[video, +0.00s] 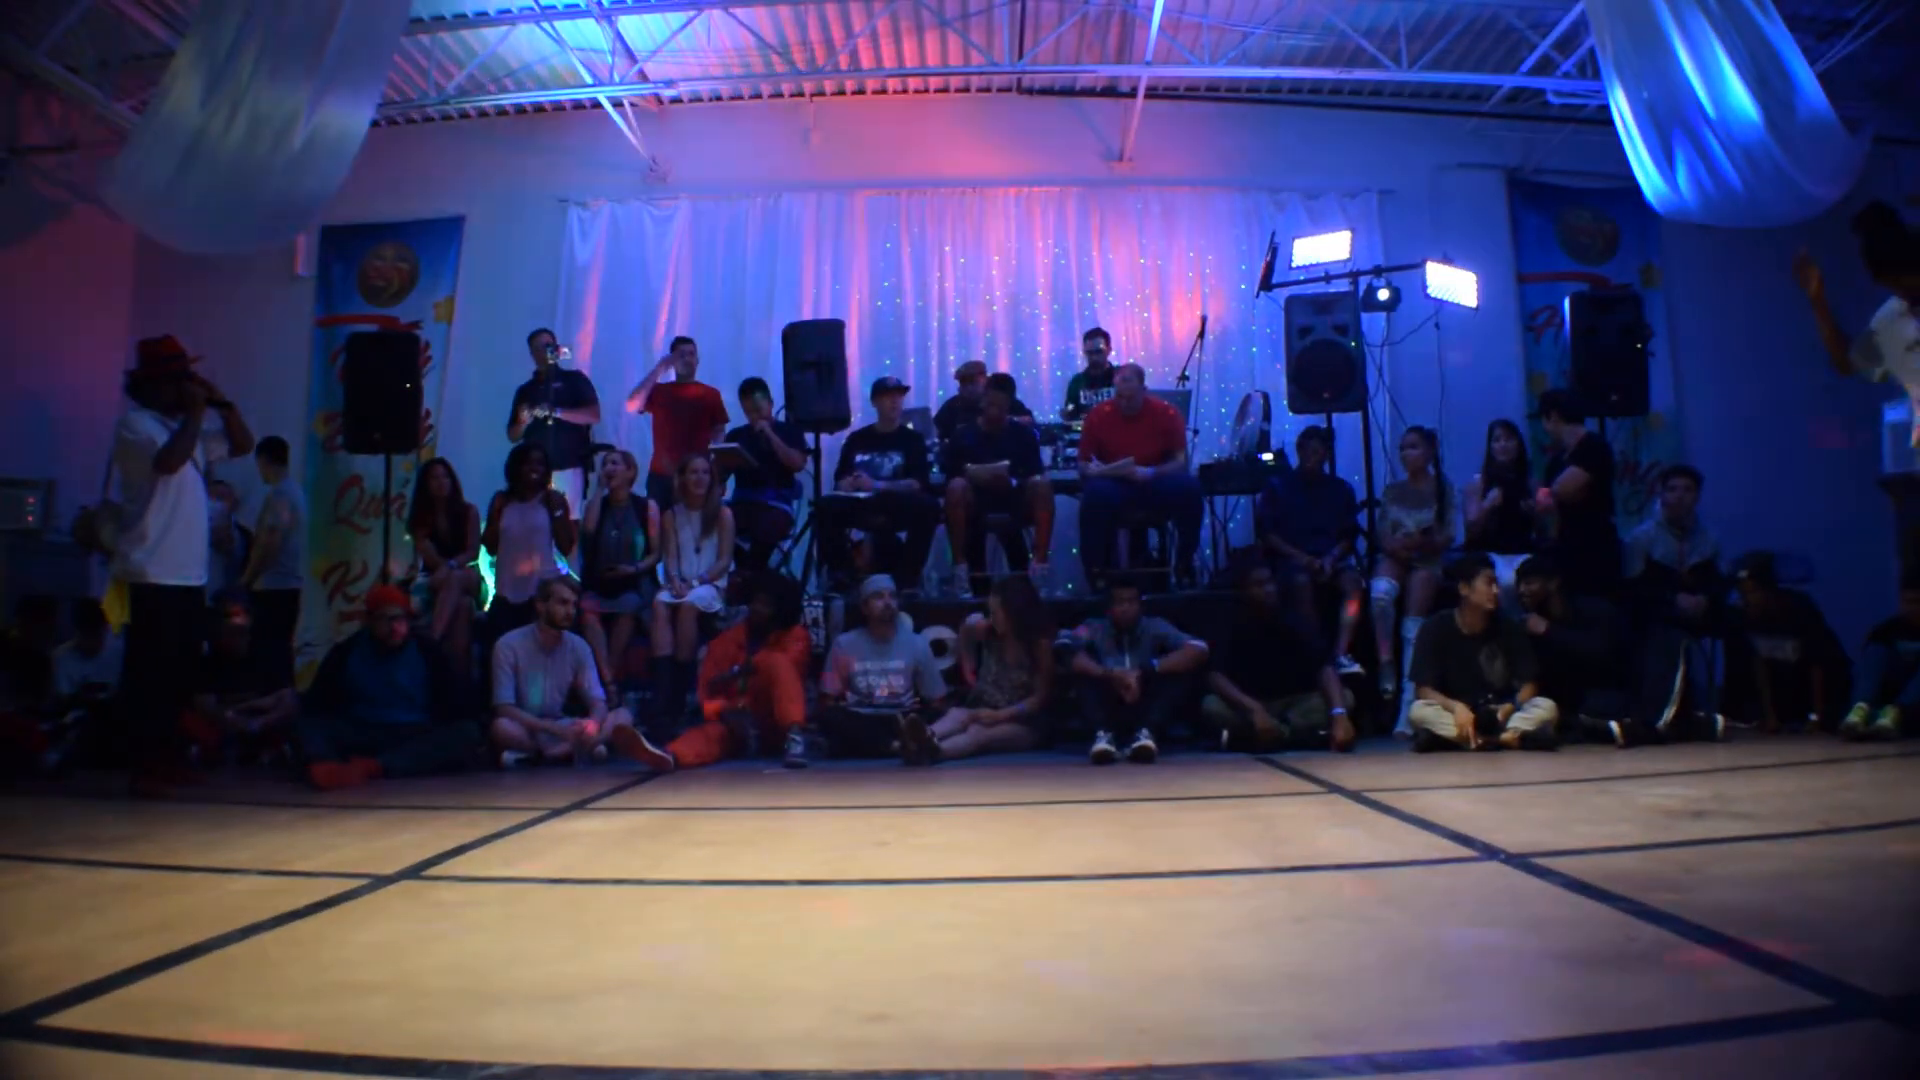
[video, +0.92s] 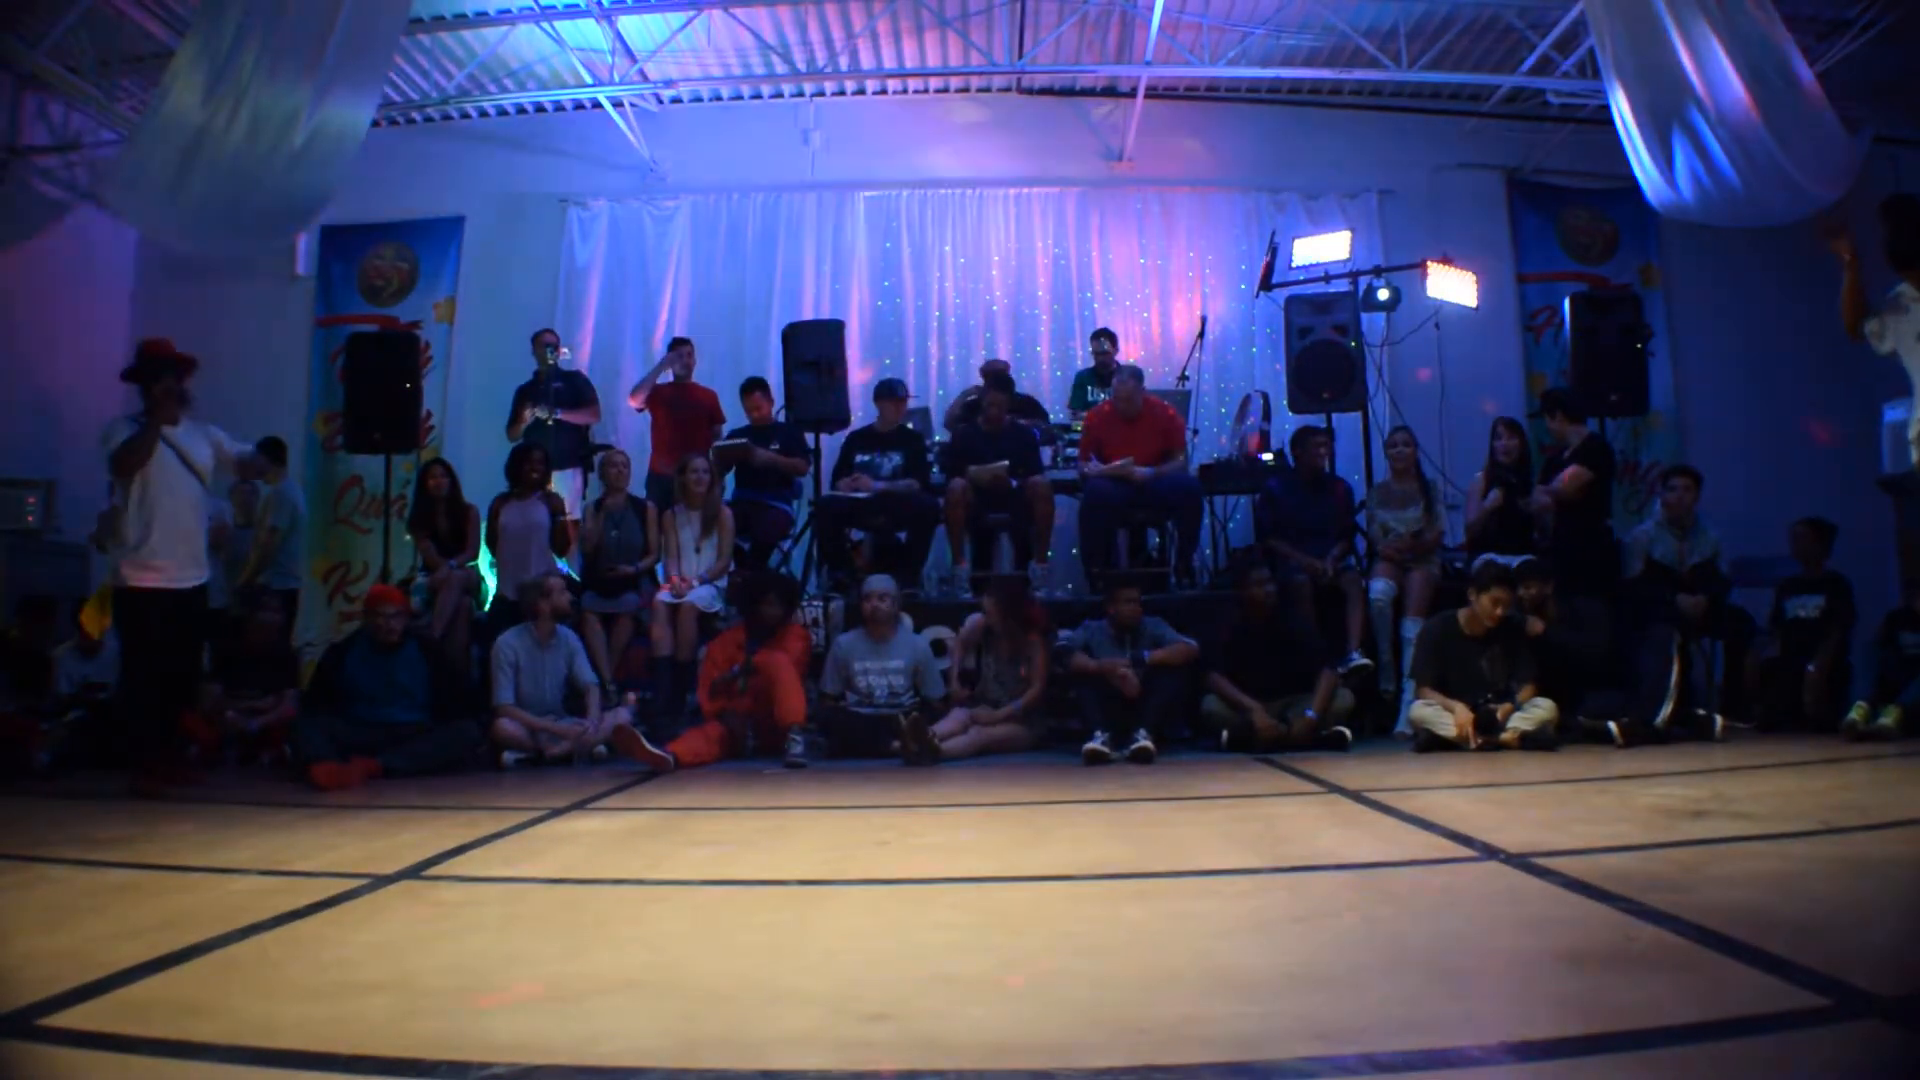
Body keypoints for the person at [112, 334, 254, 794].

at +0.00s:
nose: (185, 389)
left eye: (186, 381)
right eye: (177, 381)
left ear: (179, 386)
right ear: (155, 386)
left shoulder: (182, 431)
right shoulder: (134, 425)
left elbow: (241, 445)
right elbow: (167, 462)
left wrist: (223, 403)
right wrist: (194, 412)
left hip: (187, 577)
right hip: (153, 577)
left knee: (181, 678)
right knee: (151, 678)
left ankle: (172, 761)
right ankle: (146, 767)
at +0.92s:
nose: (182, 389)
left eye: (184, 381)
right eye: (171, 382)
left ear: (186, 387)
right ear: (147, 387)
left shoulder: (202, 435)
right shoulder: (125, 431)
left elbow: (256, 463)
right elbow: (124, 468)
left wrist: (250, 469)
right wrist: (156, 421)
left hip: (191, 585)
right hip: (142, 585)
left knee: (184, 685)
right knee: (144, 685)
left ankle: (177, 763)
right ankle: (143, 769)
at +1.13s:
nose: (173, 393)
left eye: (178, 385)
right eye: (163, 386)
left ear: (185, 388)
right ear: (144, 391)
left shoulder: (207, 437)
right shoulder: (128, 434)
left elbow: (241, 491)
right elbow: (117, 471)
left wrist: (240, 526)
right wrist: (150, 422)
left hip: (194, 585)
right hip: (142, 584)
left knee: (185, 681)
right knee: (143, 682)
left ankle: (177, 761)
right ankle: (142, 765)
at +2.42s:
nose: (207, 382)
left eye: (210, 373)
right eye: (196, 374)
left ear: (216, 377)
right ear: (174, 379)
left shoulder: (228, 431)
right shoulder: (153, 428)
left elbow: (251, 498)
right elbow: (155, 464)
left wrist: (266, 550)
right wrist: (186, 413)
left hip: (226, 582)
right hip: (172, 584)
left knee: (222, 682)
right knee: (177, 684)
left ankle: (215, 765)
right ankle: (183, 768)